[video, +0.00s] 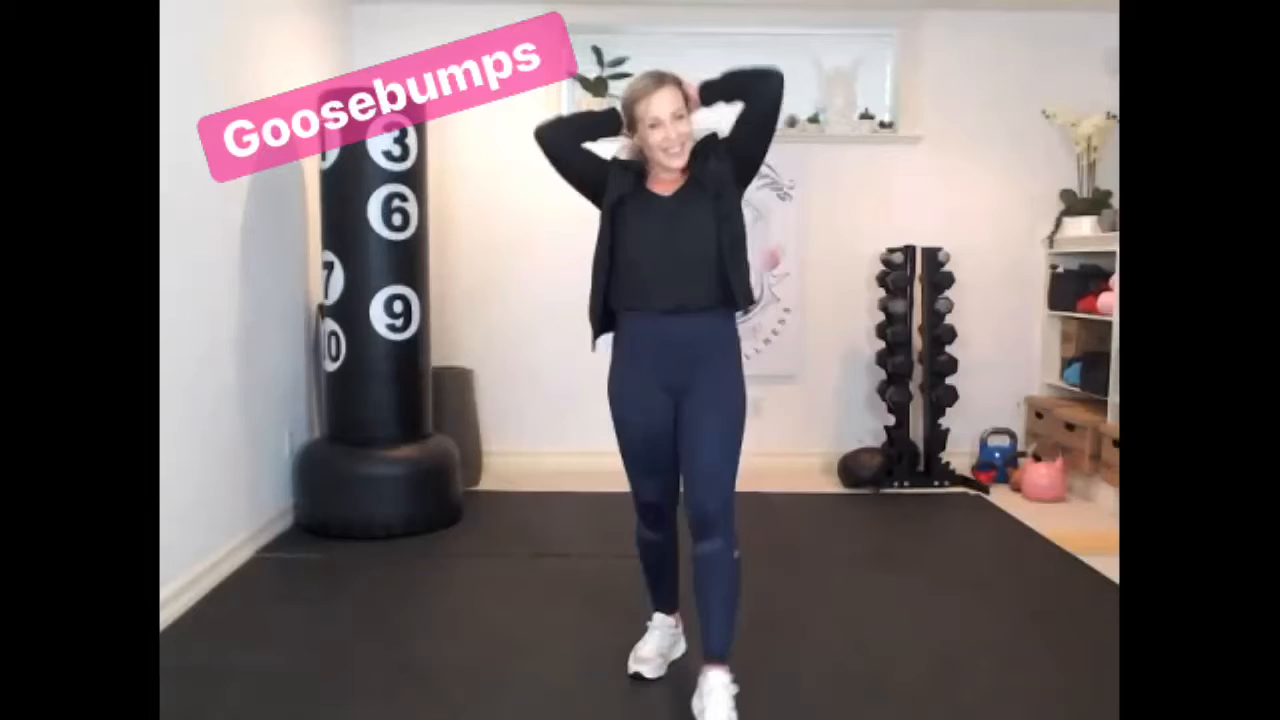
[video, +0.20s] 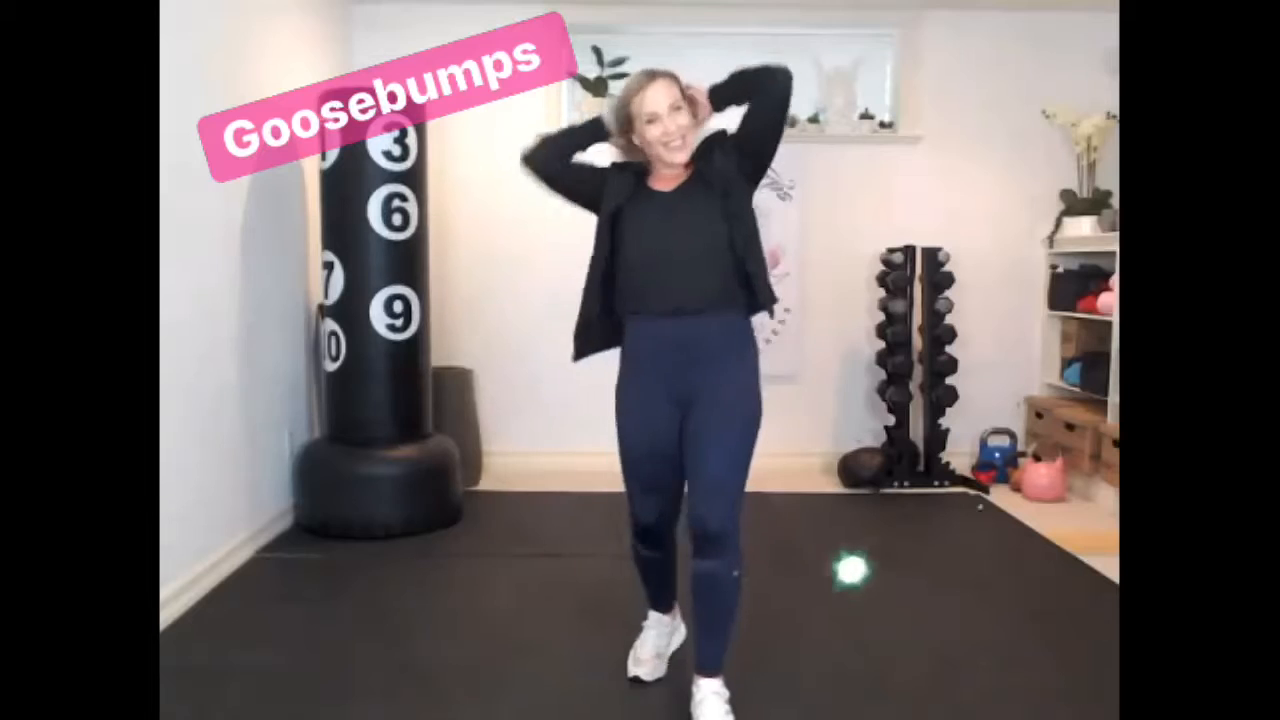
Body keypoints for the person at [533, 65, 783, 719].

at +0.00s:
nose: (671, 134)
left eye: (678, 119)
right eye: (656, 124)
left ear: (694, 118)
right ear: (635, 134)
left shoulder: (724, 170)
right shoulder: (615, 185)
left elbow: (768, 85)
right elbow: (551, 138)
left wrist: (697, 93)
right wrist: (622, 122)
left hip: (713, 359)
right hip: (638, 360)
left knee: (711, 513)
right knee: (652, 506)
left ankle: (717, 671)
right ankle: (663, 621)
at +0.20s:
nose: (671, 125)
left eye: (677, 111)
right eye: (654, 118)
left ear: (696, 115)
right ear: (634, 135)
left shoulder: (730, 167)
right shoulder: (616, 188)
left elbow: (775, 81)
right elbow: (541, 159)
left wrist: (711, 97)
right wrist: (610, 124)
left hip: (725, 362)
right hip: (645, 365)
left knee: (714, 525)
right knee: (649, 518)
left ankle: (710, 681)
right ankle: (661, 618)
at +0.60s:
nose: (651, 142)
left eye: (653, 126)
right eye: (634, 140)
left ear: (661, 111)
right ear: (608, 146)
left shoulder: (708, 173)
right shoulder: (594, 194)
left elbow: (735, 277)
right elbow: (583, 292)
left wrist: (685, 195)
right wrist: (565, 375)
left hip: (701, 369)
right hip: (620, 370)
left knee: (703, 527)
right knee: (603, 524)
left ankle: (710, 681)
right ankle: (582, 655)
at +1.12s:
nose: (578, 140)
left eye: (582, 122)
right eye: (557, 135)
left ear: (599, 120)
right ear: (538, 150)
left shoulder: (644, 190)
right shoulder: (526, 203)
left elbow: (643, 302)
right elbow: (490, 289)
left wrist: (555, 255)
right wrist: (457, 380)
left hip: (634, 374)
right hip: (553, 377)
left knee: (661, 520)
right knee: (562, 523)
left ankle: (703, 673)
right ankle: (576, 658)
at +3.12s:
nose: (609, 152)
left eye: (618, 144)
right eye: (599, 144)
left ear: (628, 155)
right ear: (581, 153)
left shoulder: (636, 225)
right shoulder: (546, 208)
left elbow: (642, 302)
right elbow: (510, 280)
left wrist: (650, 376)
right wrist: (490, 356)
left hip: (599, 350)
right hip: (540, 347)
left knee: (626, 447)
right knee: (532, 460)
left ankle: (599, 530)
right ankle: (521, 557)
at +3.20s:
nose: (620, 148)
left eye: (628, 140)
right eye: (611, 139)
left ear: (639, 151)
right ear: (592, 147)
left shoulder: (645, 218)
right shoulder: (556, 201)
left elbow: (655, 296)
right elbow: (523, 272)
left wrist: (672, 368)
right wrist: (509, 347)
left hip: (617, 341)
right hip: (554, 339)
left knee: (657, 439)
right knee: (539, 456)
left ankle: (657, 527)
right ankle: (522, 558)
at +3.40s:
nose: (650, 171)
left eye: (658, 164)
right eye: (641, 163)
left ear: (668, 174)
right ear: (623, 171)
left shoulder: (680, 239)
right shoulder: (593, 231)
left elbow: (699, 311)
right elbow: (562, 298)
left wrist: (721, 382)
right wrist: (545, 367)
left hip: (660, 364)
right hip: (597, 363)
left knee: (695, 462)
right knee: (559, 467)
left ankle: (736, 546)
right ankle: (522, 558)